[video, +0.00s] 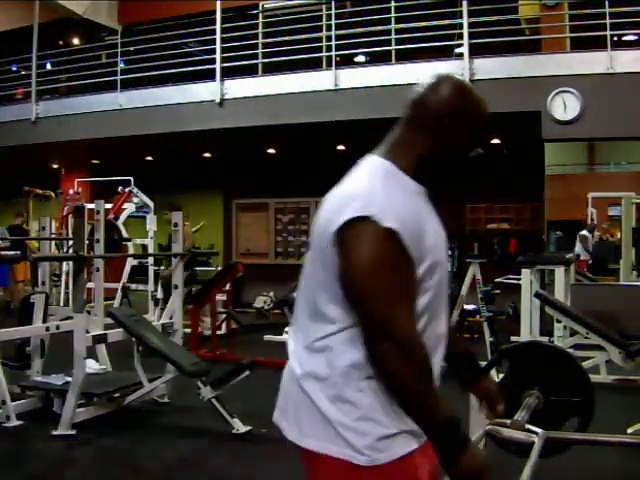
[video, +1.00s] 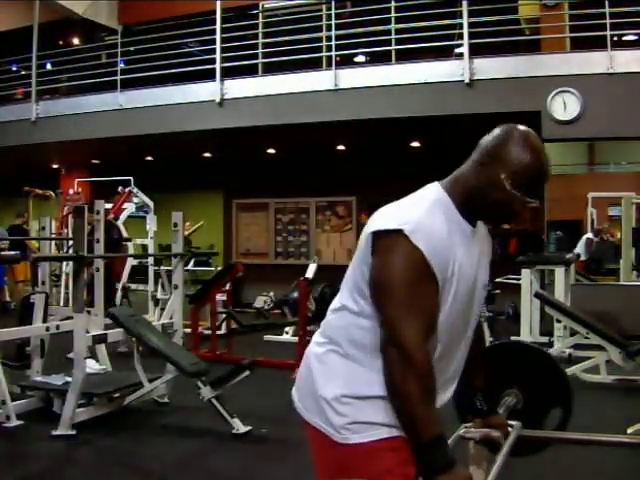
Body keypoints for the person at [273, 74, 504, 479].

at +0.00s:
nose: (468, 156)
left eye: (473, 143)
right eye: (469, 142)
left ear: (416, 116)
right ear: (446, 133)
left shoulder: (395, 190)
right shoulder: (374, 204)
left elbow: (422, 311)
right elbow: (392, 345)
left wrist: (475, 379)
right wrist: (452, 445)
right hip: (360, 435)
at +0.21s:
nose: (517, 198)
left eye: (522, 187)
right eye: (512, 181)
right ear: (477, 161)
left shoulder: (456, 229)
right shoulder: (403, 225)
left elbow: (472, 331)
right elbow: (417, 355)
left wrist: (507, 410)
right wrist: (468, 461)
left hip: (404, 404)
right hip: (349, 414)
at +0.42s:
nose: (521, 213)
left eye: (529, 204)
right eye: (515, 197)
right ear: (482, 172)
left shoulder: (478, 241)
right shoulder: (414, 233)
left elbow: (476, 334)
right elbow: (426, 361)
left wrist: (506, 408)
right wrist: (466, 464)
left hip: (411, 408)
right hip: (345, 413)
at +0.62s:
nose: (501, 203)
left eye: (510, 195)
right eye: (496, 187)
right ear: (466, 167)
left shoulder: (476, 242)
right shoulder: (402, 235)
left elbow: (473, 333)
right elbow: (413, 361)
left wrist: (499, 411)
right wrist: (459, 466)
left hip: (408, 401)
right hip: (346, 406)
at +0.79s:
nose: (504, 203)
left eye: (513, 195)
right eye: (500, 187)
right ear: (470, 163)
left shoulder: (475, 239)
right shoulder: (402, 230)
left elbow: (471, 328)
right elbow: (407, 357)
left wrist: (487, 409)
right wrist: (446, 460)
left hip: (407, 399)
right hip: (349, 403)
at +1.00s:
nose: (524, 208)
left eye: (530, 197)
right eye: (524, 192)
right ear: (500, 176)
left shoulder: (477, 235)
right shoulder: (410, 231)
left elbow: (467, 328)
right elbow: (405, 356)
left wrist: (479, 411)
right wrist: (439, 462)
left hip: (410, 396)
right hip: (352, 402)